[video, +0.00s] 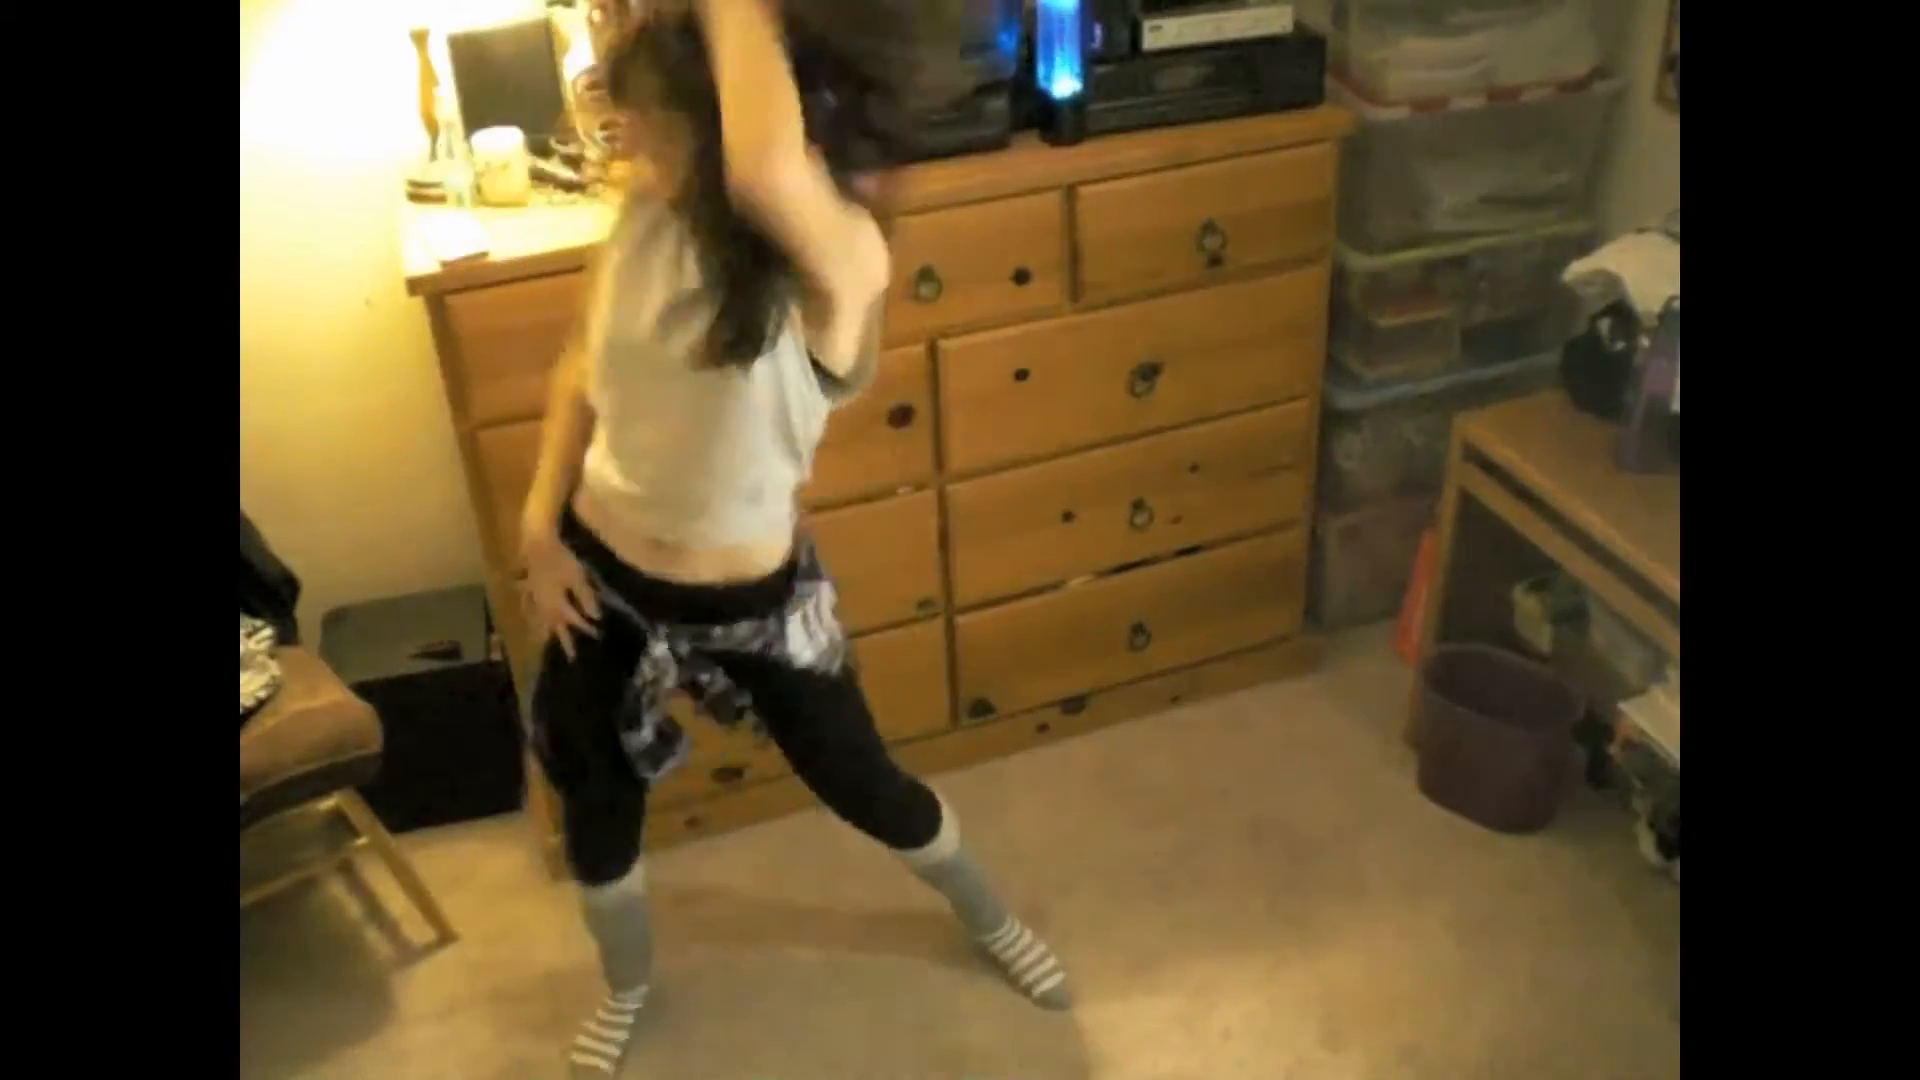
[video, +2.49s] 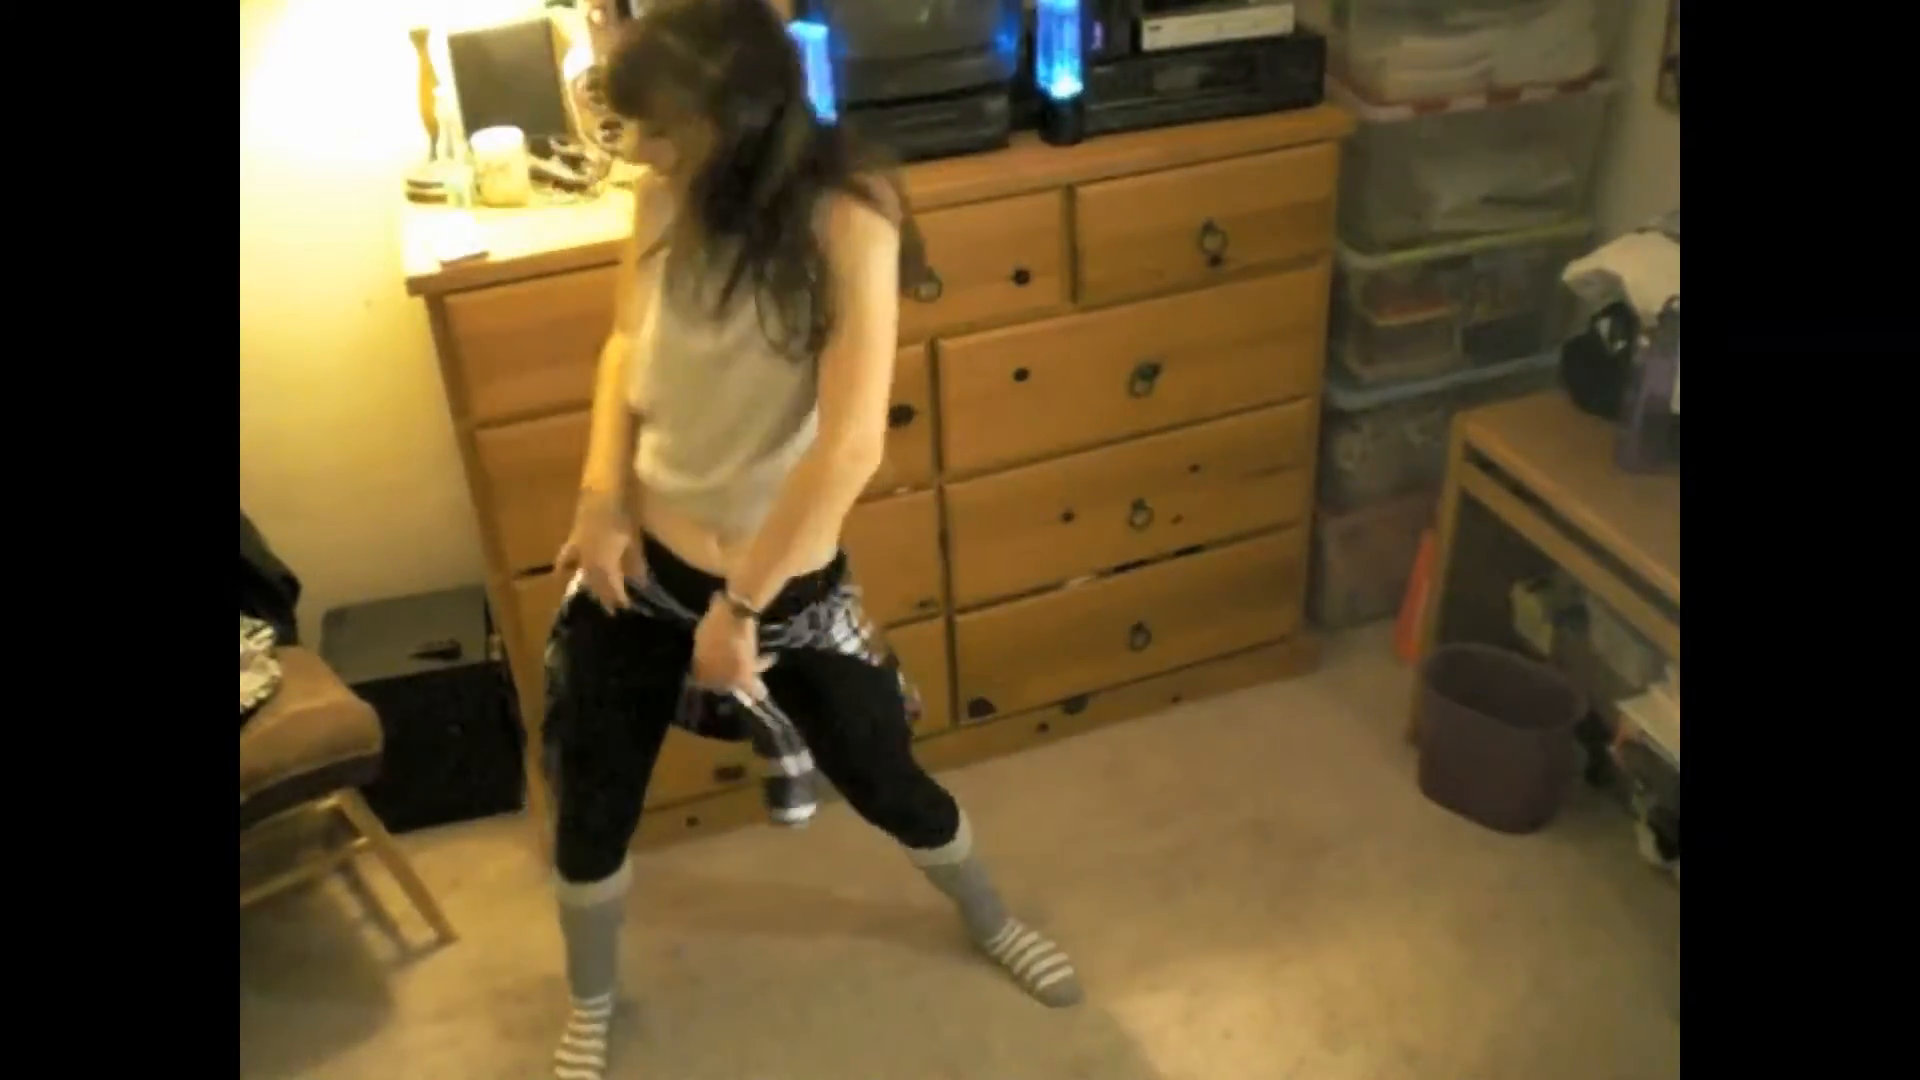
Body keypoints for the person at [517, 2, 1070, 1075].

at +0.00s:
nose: (618, 135)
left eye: (638, 112)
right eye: (616, 112)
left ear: (721, 114)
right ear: (644, 121)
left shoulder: (840, 258)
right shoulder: (640, 221)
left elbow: (764, 166)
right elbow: (579, 375)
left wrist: (733, 6)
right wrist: (540, 525)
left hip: (757, 603)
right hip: (610, 587)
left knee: (868, 793)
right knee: (597, 824)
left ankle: (992, 919)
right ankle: (626, 989)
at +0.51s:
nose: (828, 234)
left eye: (850, 204)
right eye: (798, 211)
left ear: (889, 205)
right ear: (763, 219)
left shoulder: (944, 316)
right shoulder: (743, 317)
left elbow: (1036, 490)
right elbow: (645, 505)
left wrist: (922, 598)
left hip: (946, 610)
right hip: (808, 611)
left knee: (978, 863)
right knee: (652, 865)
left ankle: (1001, 933)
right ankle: (627, 1010)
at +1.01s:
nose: (795, 228)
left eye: (800, 200)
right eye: (761, 211)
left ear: (812, 189)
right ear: (685, 220)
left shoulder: (852, 271)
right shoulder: (662, 325)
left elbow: (914, 406)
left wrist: (910, 574)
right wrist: (594, 240)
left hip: (859, 627)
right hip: (716, 646)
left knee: (1026, 810)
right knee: (693, 903)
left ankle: (1001, 920)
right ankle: (618, 1003)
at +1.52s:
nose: (838, 247)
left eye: (838, 220)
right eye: (816, 225)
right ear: (745, 226)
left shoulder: (784, 315)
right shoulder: (661, 344)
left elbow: (827, 443)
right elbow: (652, 547)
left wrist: (867, 529)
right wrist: (720, 710)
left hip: (830, 592)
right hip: (720, 659)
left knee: (994, 777)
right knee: (719, 937)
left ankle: (1009, 918)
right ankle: (625, 994)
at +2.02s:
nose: (562, 188)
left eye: (588, 158)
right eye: (556, 161)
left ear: (680, 158)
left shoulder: (819, 264)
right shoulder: (574, 302)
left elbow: (862, 451)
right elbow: (563, 442)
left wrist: (815, 615)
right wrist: (563, 588)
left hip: (786, 616)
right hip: (635, 626)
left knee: (944, 793)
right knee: (636, 869)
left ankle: (1009, 922)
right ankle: (617, 1007)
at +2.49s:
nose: (642, 152)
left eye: (659, 128)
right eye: (637, 128)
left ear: (733, 111)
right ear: (657, 116)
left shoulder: (850, 222)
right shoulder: (664, 196)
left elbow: (852, 444)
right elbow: (627, 344)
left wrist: (738, 600)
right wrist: (601, 495)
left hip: (791, 590)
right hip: (643, 568)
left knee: (888, 786)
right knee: (590, 805)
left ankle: (992, 922)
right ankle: (591, 1006)